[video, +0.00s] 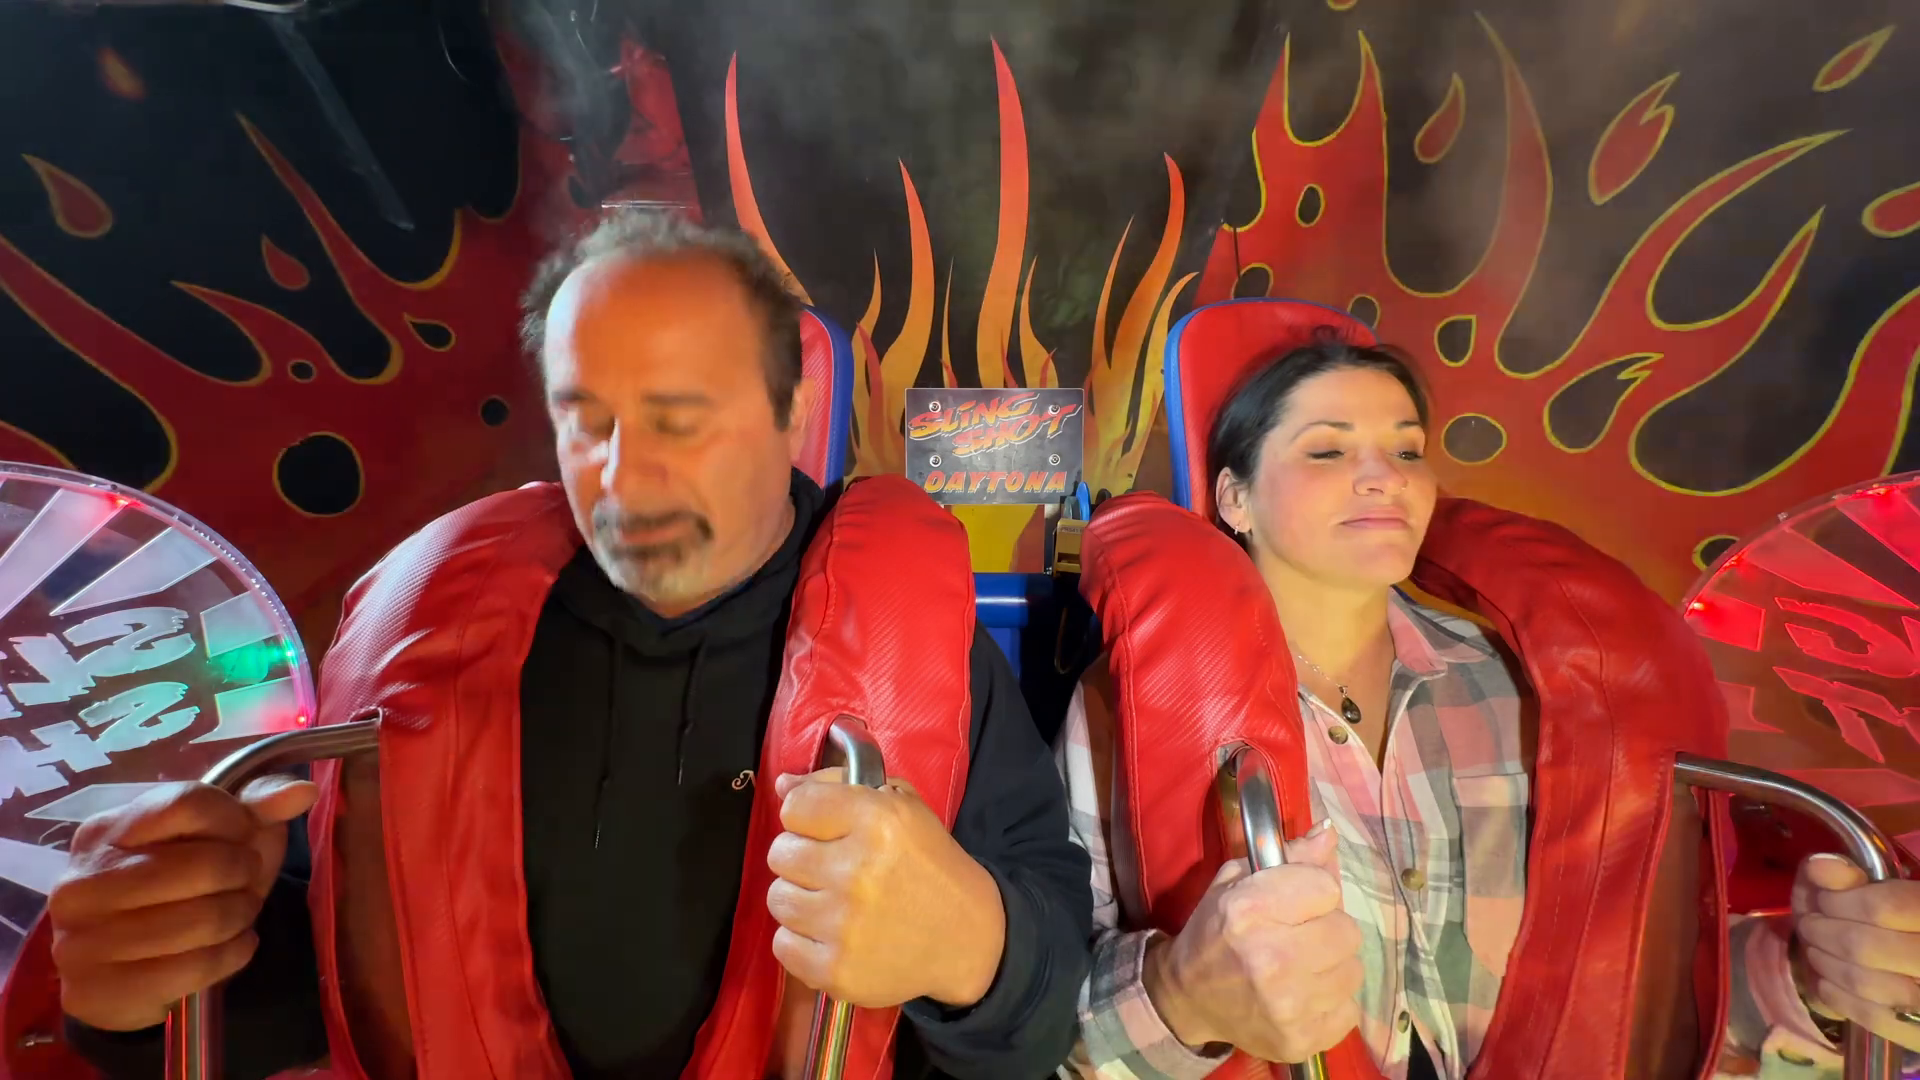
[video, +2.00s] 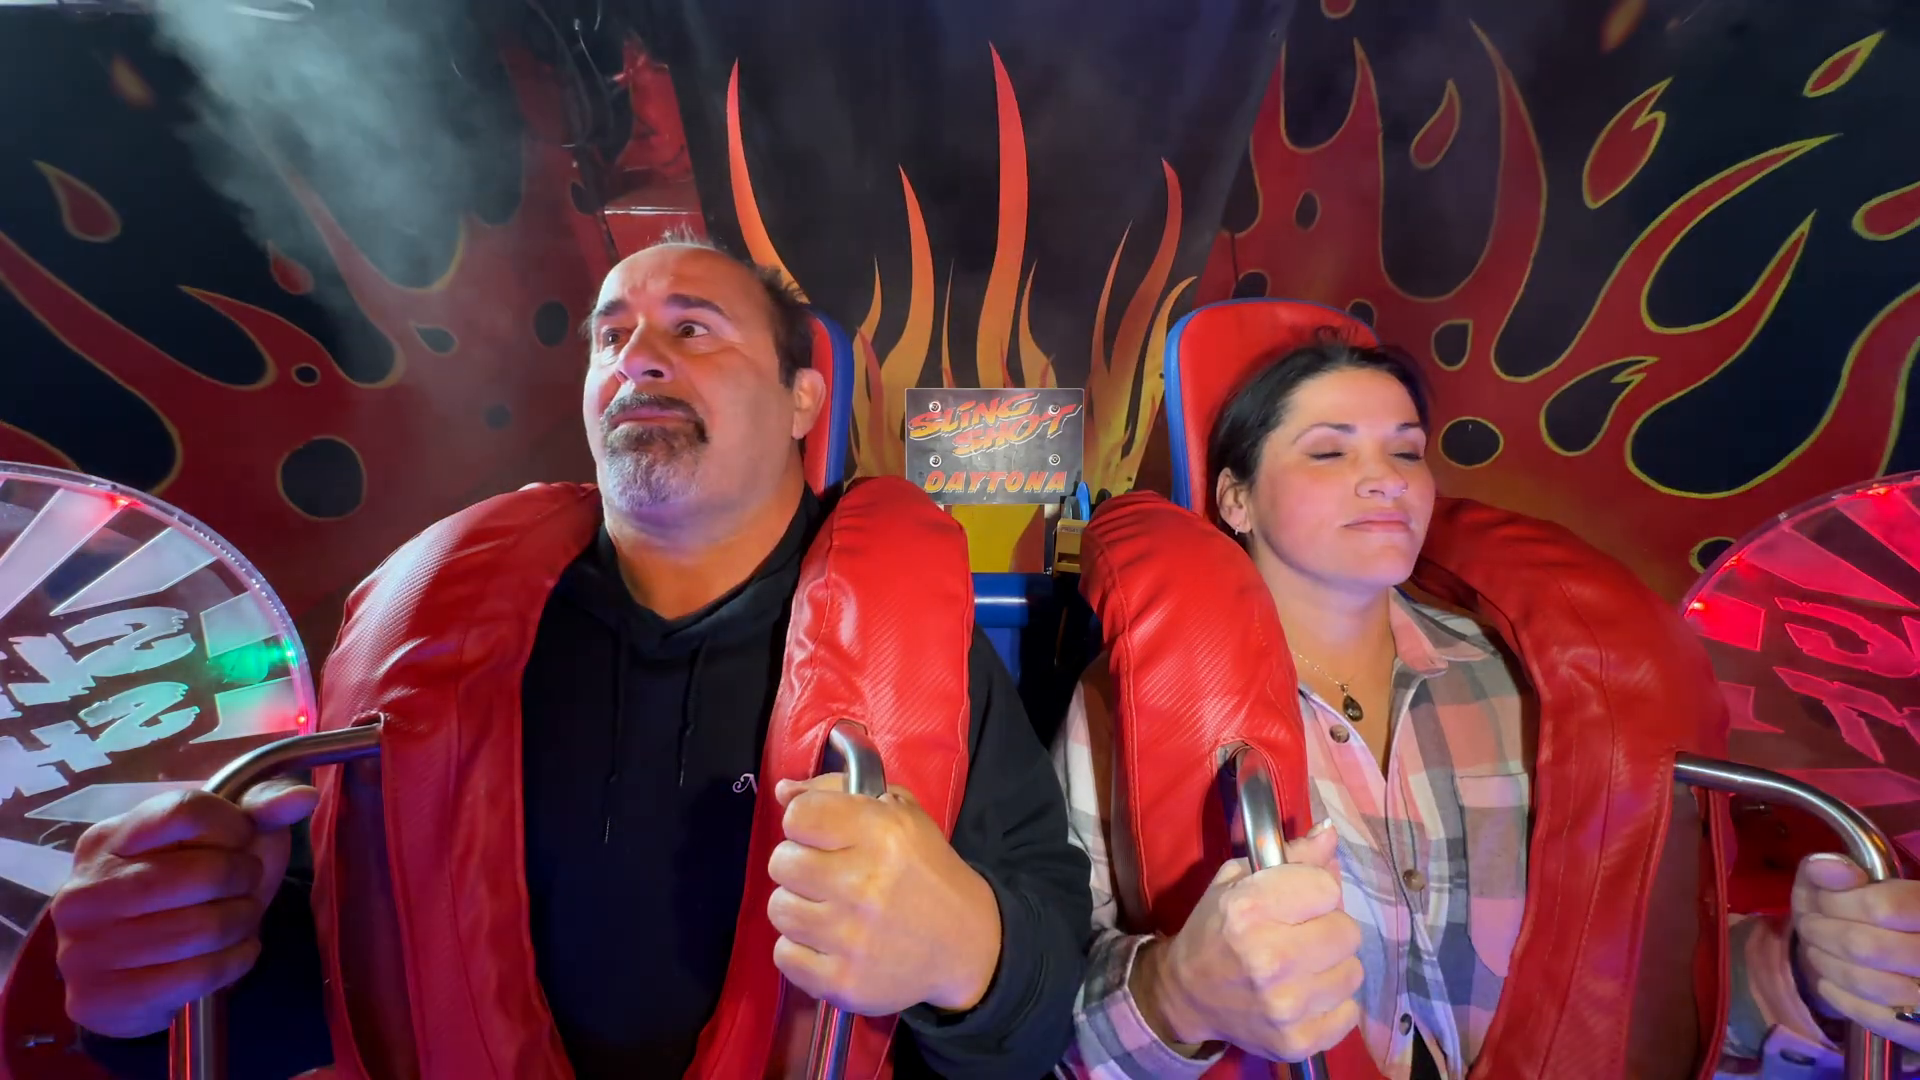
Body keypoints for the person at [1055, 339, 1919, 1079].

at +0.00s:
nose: (1382, 485)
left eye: (1405, 454)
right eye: (1328, 454)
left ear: (1436, 487)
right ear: (1235, 500)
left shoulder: (1514, 692)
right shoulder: (1137, 715)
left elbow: (1605, 972)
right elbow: (1055, 1029)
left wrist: (1801, 972)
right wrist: (1173, 1003)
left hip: (1488, 1066)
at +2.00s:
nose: (1383, 482)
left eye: (1405, 454)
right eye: (1328, 454)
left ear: (1435, 488)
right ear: (1238, 500)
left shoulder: (1518, 686)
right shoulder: (1143, 708)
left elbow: (1607, 969)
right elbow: (1050, 1031)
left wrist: (1790, 972)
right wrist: (1171, 996)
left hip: (1501, 1065)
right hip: (1269, 1073)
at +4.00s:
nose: (1383, 485)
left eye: (1405, 456)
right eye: (1330, 457)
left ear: (1435, 490)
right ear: (1239, 501)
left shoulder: (1519, 688)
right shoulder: (1143, 712)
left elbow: (1614, 963)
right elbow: (1055, 1033)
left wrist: (1797, 970)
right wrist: (1170, 996)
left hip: (1497, 1066)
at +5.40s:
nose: (1389, 486)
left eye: (1408, 455)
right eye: (1332, 455)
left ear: (1434, 485)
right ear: (1239, 502)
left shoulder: (1513, 687)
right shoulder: (1144, 710)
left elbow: (1614, 961)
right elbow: (1056, 1032)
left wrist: (1810, 972)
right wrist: (1171, 998)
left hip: (1489, 1067)